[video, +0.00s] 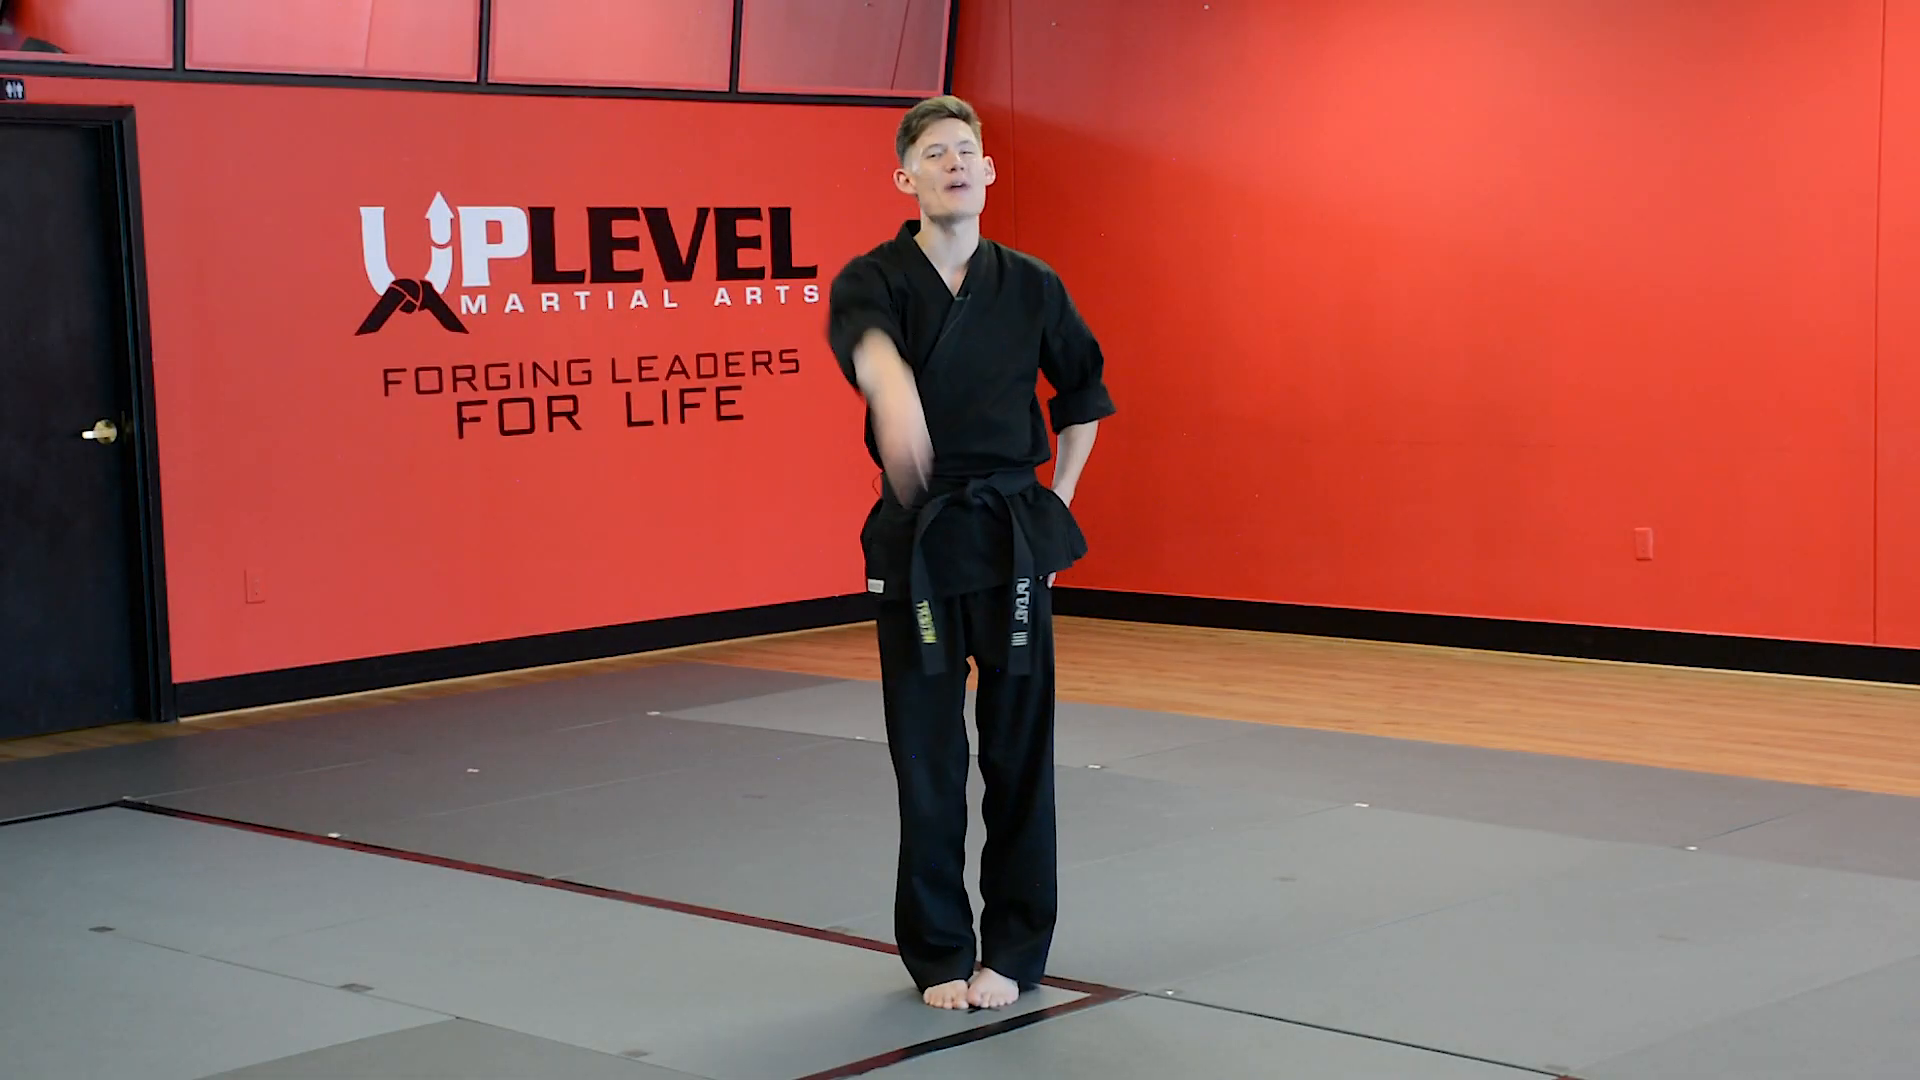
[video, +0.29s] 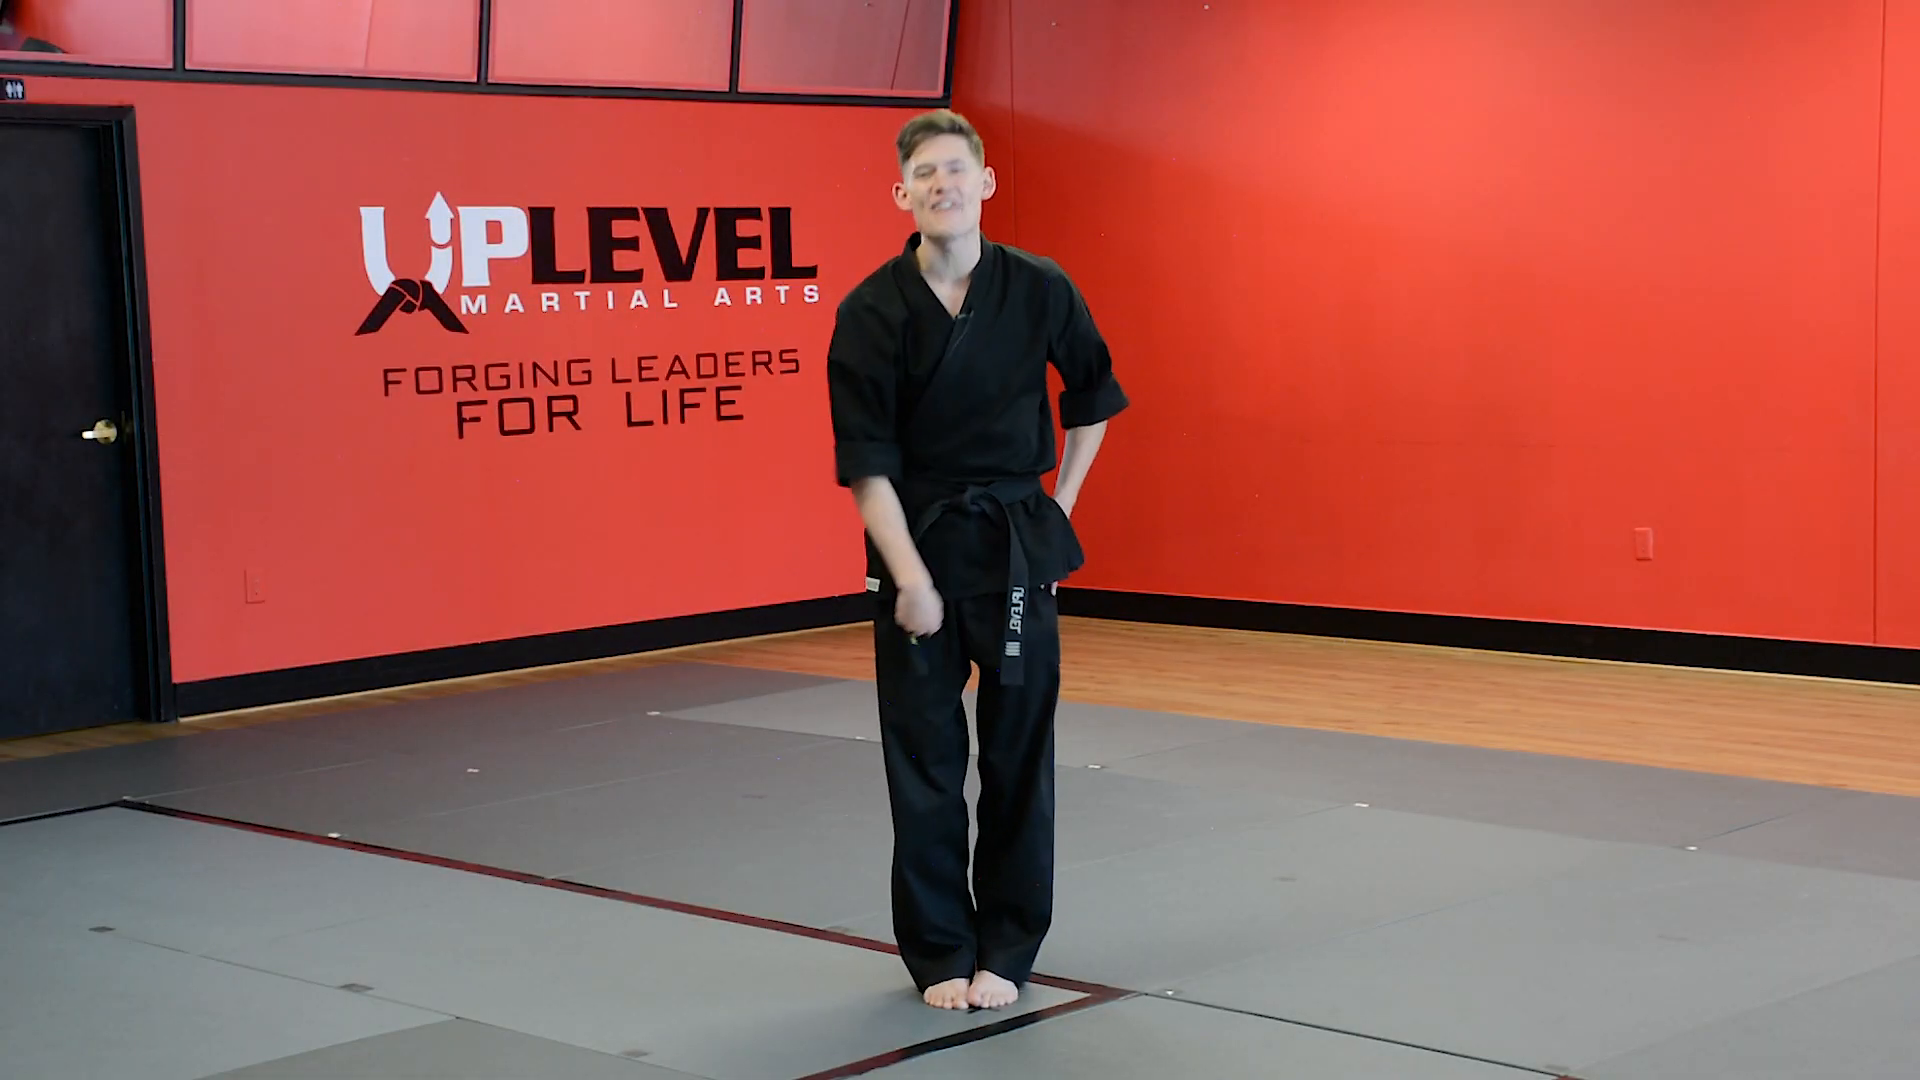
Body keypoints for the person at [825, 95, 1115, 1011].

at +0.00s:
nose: (960, 164)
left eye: (970, 152)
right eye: (938, 154)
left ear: (990, 172)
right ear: (906, 180)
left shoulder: (1030, 283)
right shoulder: (870, 281)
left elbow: (1086, 393)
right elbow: (878, 365)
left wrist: (1054, 502)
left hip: (1014, 531)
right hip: (915, 536)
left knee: (1018, 758)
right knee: (928, 761)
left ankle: (1013, 954)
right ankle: (939, 953)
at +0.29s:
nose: (941, 182)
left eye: (956, 168)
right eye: (924, 172)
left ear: (989, 182)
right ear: (902, 196)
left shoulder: (1038, 287)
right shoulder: (871, 312)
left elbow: (1096, 391)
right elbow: (865, 462)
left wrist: (1061, 507)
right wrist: (910, 578)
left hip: (1017, 539)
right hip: (914, 548)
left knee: (1019, 760)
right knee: (926, 765)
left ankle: (1006, 954)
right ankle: (941, 956)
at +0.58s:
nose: (925, 216)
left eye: (942, 200)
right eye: (911, 201)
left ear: (979, 208)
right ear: (895, 214)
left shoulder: (1037, 298)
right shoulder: (863, 321)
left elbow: (1105, 403)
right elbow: (843, 464)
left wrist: (1065, 518)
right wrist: (871, 582)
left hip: (1023, 546)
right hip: (916, 550)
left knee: (1026, 762)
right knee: (930, 765)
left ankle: (1007, 953)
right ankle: (942, 954)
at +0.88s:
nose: (923, 222)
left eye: (940, 206)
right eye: (909, 207)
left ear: (977, 214)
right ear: (893, 217)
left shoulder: (1035, 303)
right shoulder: (864, 318)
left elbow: (1108, 414)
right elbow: (850, 459)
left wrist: (1062, 528)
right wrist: (874, 577)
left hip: (1022, 544)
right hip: (918, 548)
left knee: (1027, 763)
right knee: (930, 765)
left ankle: (1009, 954)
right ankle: (944, 954)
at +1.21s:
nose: (930, 214)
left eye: (948, 199)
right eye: (918, 198)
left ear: (986, 210)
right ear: (901, 208)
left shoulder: (1040, 305)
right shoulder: (868, 312)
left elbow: (1109, 426)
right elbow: (851, 453)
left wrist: (1059, 534)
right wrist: (877, 569)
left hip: (1020, 544)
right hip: (917, 546)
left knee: (1026, 764)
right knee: (931, 765)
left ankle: (1009, 954)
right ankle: (945, 953)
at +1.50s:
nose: (946, 196)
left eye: (964, 182)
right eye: (933, 181)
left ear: (996, 197)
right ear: (913, 194)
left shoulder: (1046, 300)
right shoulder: (874, 301)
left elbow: (1106, 428)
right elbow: (852, 443)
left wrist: (1058, 537)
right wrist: (875, 557)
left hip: (1020, 544)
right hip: (916, 544)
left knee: (1026, 764)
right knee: (930, 766)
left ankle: (1011, 953)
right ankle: (944, 953)